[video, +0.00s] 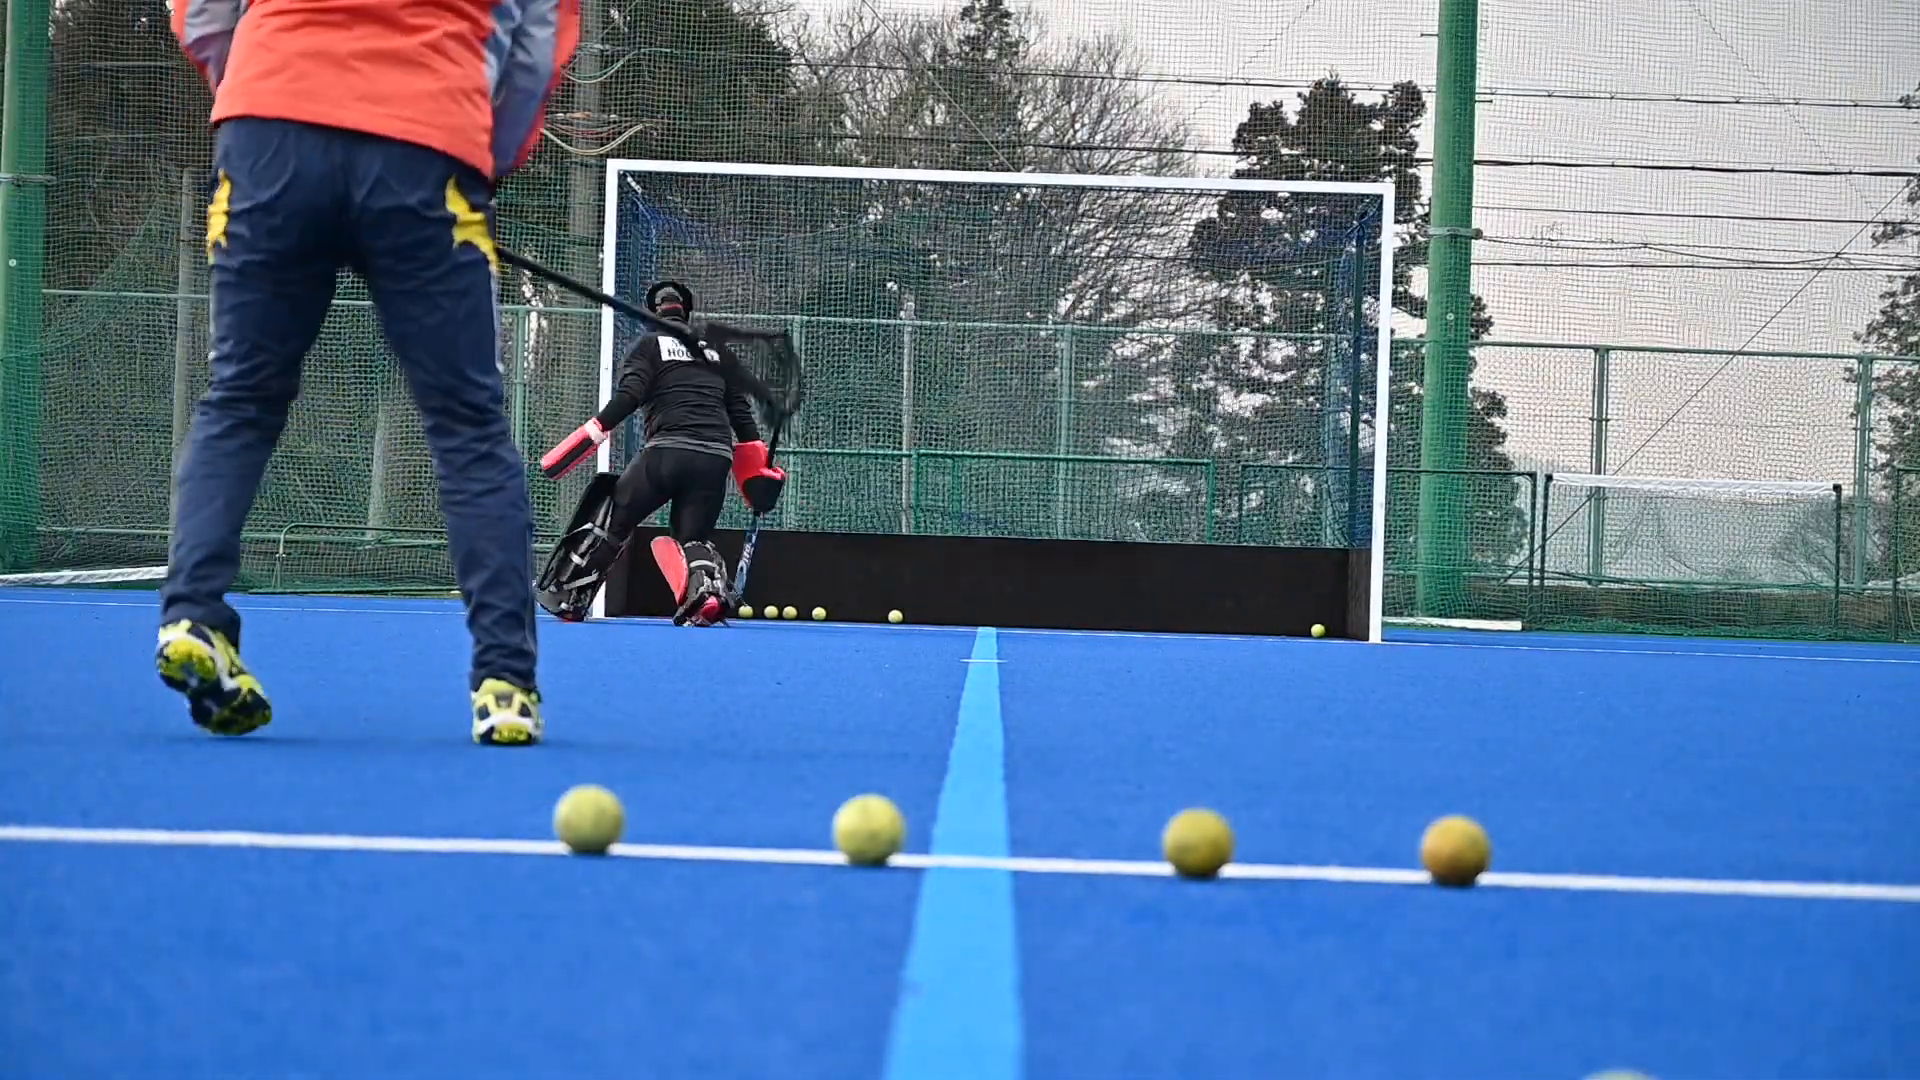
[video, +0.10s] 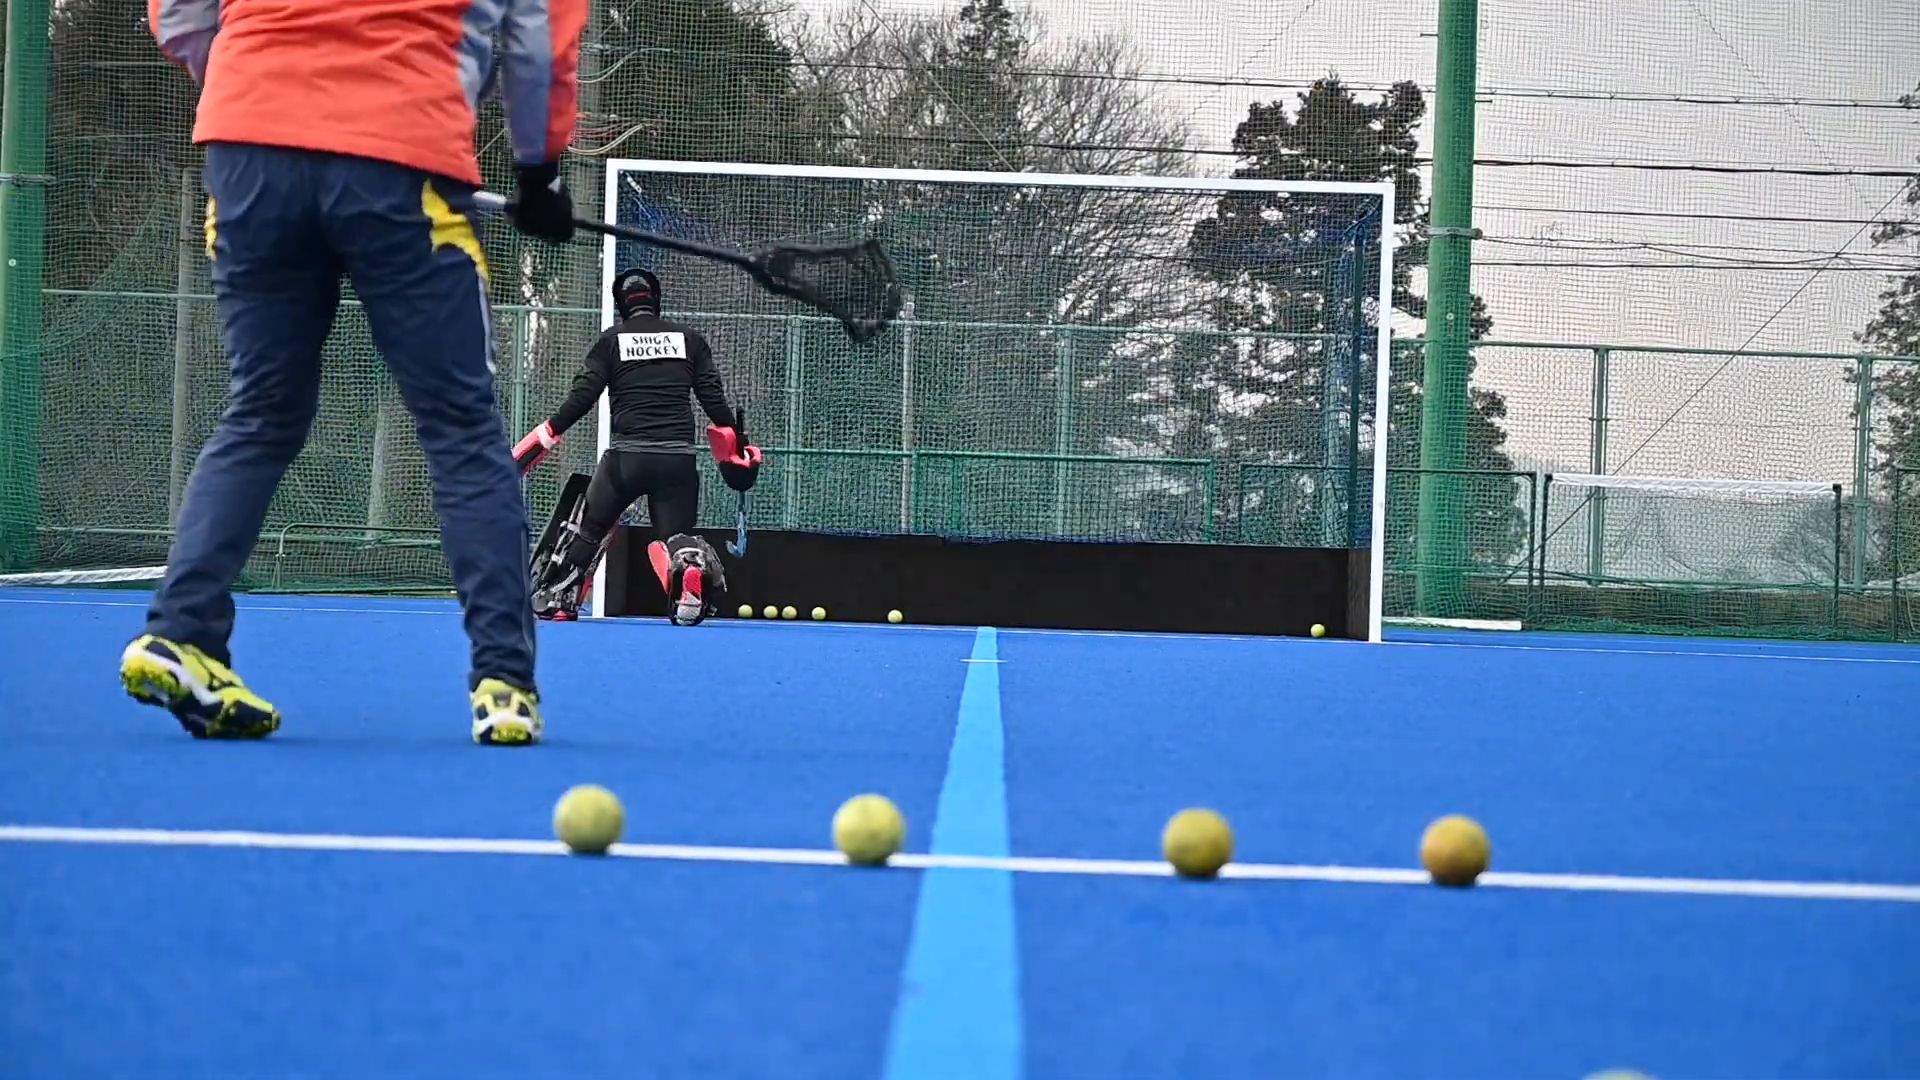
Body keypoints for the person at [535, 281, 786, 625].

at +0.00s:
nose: (668, 307)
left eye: (666, 303)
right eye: (669, 302)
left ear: (653, 312)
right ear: (688, 311)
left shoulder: (649, 343)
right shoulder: (716, 349)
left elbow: (631, 394)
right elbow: (739, 408)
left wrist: (588, 434)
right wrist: (757, 465)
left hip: (668, 451)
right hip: (715, 459)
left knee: (616, 520)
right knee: (694, 539)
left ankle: (575, 596)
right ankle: (708, 590)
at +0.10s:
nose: (631, 301)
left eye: (626, 297)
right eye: (642, 294)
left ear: (620, 303)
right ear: (657, 300)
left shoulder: (612, 340)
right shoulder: (689, 337)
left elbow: (583, 396)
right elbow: (712, 395)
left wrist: (547, 433)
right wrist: (733, 439)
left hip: (627, 460)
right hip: (679, 462)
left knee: (590, 531)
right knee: (679, 537)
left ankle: (559, 602)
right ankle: (691, 564)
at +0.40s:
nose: (619, 284)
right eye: (617, 278)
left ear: (575, 282)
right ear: (612, 280)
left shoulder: (550, 322)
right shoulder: (624, 317)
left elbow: (545, 380)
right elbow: (642, 375)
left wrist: (554, 398)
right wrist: (684, 391)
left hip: (579, 444)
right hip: (629, 441)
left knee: (568, 522)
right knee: (653, 502)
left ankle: (554, 599)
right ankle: (668, 581)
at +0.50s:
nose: (618, 279)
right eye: (613, 270)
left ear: (570, 277)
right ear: (607, 275)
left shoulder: (547, 318)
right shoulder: (618, 312)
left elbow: (550, 367)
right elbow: (623, 362)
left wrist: (588, 371)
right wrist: (667, 378)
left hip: (576, 437)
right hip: (625, 433)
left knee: (567, 518)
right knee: (655, 495)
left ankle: (551, 598)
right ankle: (679, 545)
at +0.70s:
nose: (586, 269)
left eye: (588, 265)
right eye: (587, 264)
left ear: (574, 277)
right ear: (611, 275)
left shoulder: (549, 316)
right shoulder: (619, 306)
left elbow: (553, 371)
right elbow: (622, 359)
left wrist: (595, 371)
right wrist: (667, 378)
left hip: (580, 432)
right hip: (627, 425)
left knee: (570, 514)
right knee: (658, 480)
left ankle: (553, 595)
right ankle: (689, 536)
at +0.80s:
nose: (598, 271)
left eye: (601, 268)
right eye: (621, 275)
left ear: (586, 280)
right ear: (619, 279)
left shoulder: (558, 319)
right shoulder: (629, 312)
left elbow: (552, 373)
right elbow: (631, 365)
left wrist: (592, 380)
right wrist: (676, 380)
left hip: (584, 433)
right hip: (632, 431)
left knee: (572, 514)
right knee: (659, 495)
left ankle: (551, 593)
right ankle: (682, 563)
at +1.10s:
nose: (683, 290)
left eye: (682, 283)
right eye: (680, 283)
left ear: (640, 284)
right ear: (670, 285)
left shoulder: (614, 321)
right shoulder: (682, 323)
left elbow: (600, 380)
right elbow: (709, 376)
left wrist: (591, 424)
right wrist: (751, 378)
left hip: (625, 439)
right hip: (669, 441)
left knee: (609, 514)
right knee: (675, 527)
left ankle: (577, 562)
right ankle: (668, 604)